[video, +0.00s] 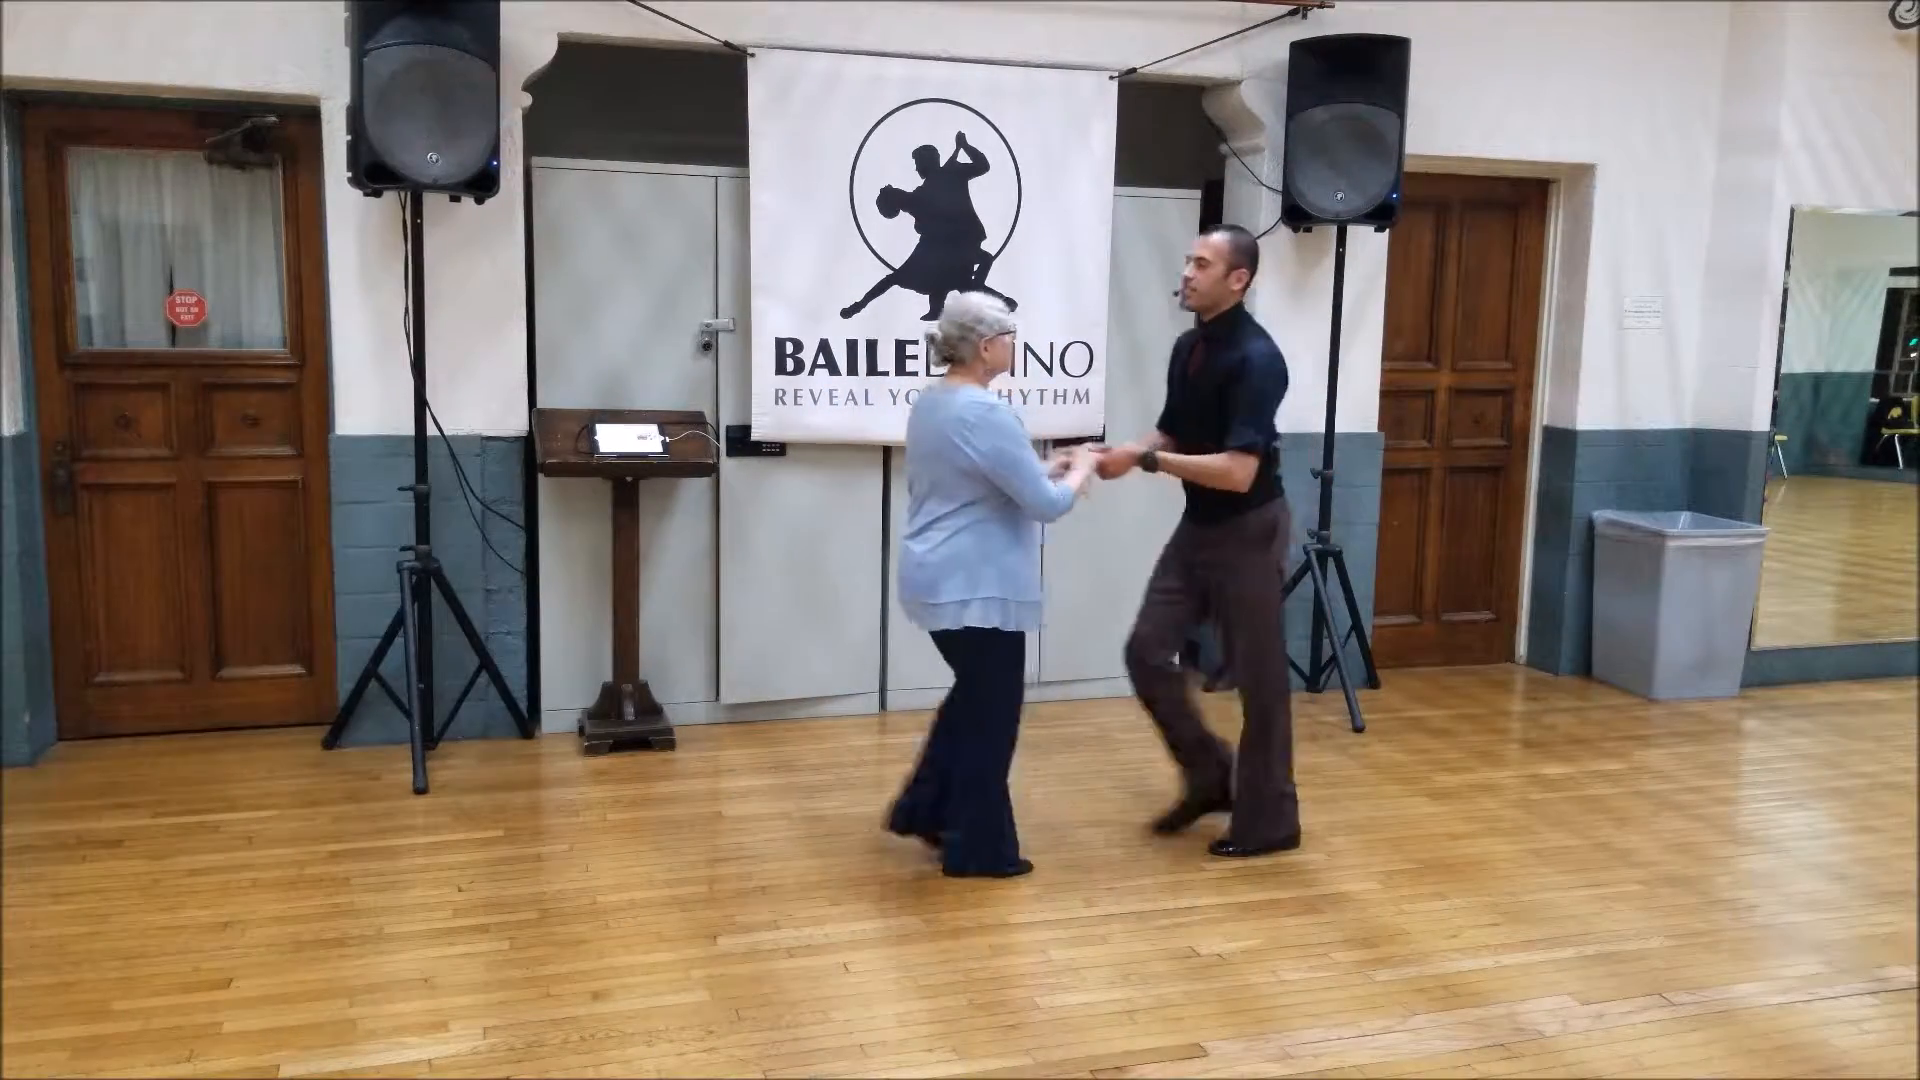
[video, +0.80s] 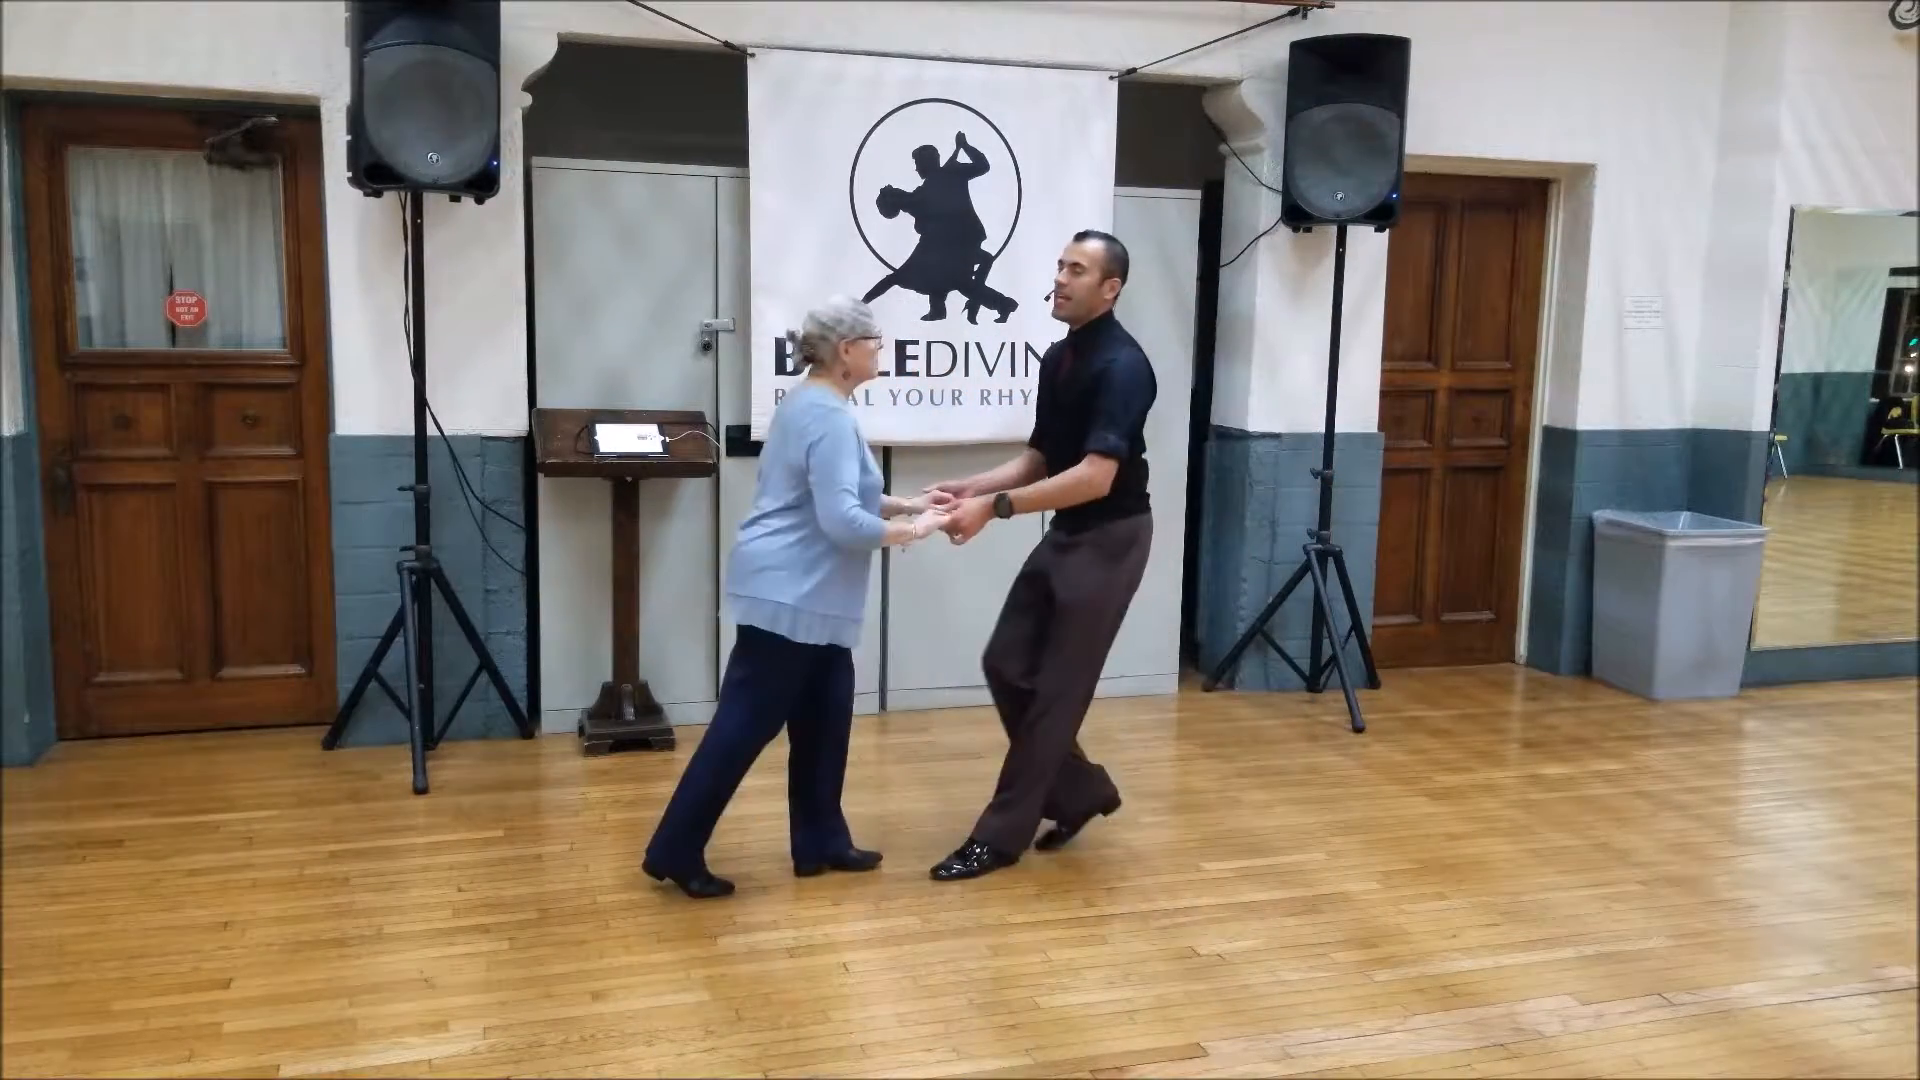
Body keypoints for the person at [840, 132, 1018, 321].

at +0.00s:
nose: (917, 167)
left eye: (918, 163)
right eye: (917, 162)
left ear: (921, 163)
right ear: (938, 159)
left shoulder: (919, 195)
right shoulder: (957, 171)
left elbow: (920, 227)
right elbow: (983, 165)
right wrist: (966, 146)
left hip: (935, 253)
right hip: (966, 248)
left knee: (895, 278)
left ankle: (860, 305)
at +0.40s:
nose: (916, 167)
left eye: (917, 163)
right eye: (916, 163)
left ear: (924, 163)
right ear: (937, 159)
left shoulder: (920, 194)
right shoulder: (957, 171)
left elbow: (920, 227)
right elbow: (982, 165)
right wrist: (966, 146)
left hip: (934, 255)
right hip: (966, 249)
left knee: (894, 278)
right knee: (965, 285)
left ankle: (859, 306)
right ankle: (1003, 304)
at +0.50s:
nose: (916, 167)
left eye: (918, 162)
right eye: (916, 162)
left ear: (924, 163)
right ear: (937, 160)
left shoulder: (921, 193)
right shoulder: (955, 172)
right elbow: (983, 166)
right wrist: (965, 146)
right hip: (968, 238)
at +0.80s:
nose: (916, 168)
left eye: (918, 163)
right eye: (915, 163)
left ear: (925, 162)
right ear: (935, 160)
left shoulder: (922, 193)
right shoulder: (956, 172)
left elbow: (919, 227)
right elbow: (983, 166)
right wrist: (965, 146)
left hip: (939, 243)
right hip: (967, 238)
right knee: (962, 281)